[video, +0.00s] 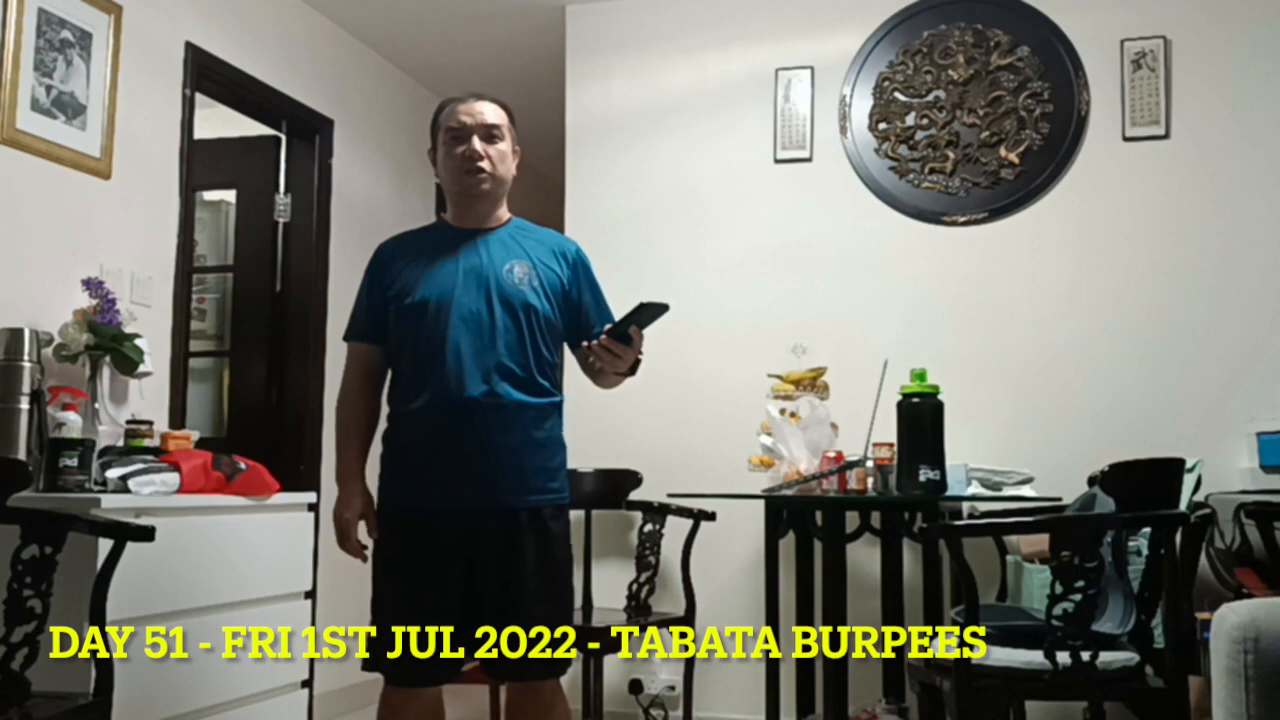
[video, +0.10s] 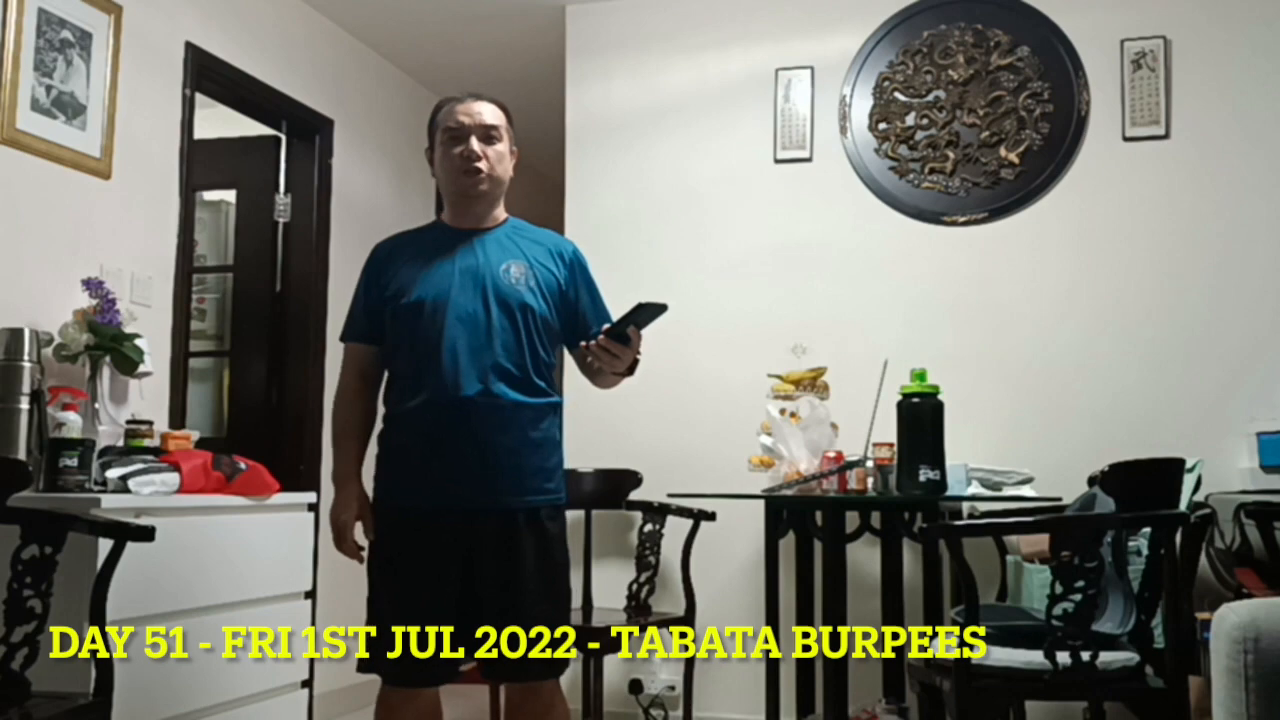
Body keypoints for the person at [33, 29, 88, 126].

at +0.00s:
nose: (66, 52)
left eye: (69, 48)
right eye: (63, 49)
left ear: (74, 49)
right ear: (61, 50)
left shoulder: (79, 66)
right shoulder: (61, 60)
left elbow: (69, 89)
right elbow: (57, 82)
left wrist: (48, 82)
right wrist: (49, 101)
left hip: (79, 102)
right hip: (62, 94)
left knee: (63, 98)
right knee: (47, 88)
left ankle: (69, 119)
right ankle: (61, 116)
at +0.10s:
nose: (66, 52)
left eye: (69, 48)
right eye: (63, 49)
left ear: (74, 49)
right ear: (61, 50)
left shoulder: (79, 66)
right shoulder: (61, 60)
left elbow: (69, 89)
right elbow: (57, 82)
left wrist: (48, 82)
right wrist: (49, 101)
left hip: (79, 102)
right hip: (62, 94)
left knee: (63, 98)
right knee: (47, 88)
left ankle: (69, 119)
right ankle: (61, 116)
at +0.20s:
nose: (66, 52)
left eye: (69, 48)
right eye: (63, 49)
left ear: (74, 49)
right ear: (61, 50)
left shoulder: (79, 66)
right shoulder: (61, 60)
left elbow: (69, 89)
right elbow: (57, 82)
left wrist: (48, 82)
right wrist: (49, 101)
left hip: (79, 102)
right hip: (62, 94)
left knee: (63, 98)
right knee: (47, 88)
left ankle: (69, 119)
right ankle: (61, 116)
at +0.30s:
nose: (66, 52)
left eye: (69, 48)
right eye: (63, 49)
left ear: (74, 49)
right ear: (61, 51)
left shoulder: (79, 66)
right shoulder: (61, 60)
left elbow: (69, 89)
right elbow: (57, 81)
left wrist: (48, 82)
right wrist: (49, 101)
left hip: (79, 102)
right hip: (62, 95)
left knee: (63, 98)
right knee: (47, 88)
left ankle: (69, 120)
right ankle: (61, 116)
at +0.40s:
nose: (66, 52)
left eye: (69, 48)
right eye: (63, 49)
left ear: (74, 49)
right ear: (61, 51)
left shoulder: (79, 66)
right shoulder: (61, 60)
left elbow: (69, 89)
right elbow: (57, 81)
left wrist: (48, 82)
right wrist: (49, 101)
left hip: (79, 102)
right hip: (62, 95)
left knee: (63, 98)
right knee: (47, 88)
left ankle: (69, 120)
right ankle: (61, 116)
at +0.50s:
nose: (66, 52)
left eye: (69, 48)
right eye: (63, 49)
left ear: (74, 49)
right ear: (61, 51)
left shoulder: (79, 66)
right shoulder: (61, 60)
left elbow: (69, 89)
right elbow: (57, 81)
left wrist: (48, 82)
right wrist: (49, 101)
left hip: (79, 102)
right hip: (62, 95)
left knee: (63, 98)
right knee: (47, 88)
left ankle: (69, 120)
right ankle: (61, 116)